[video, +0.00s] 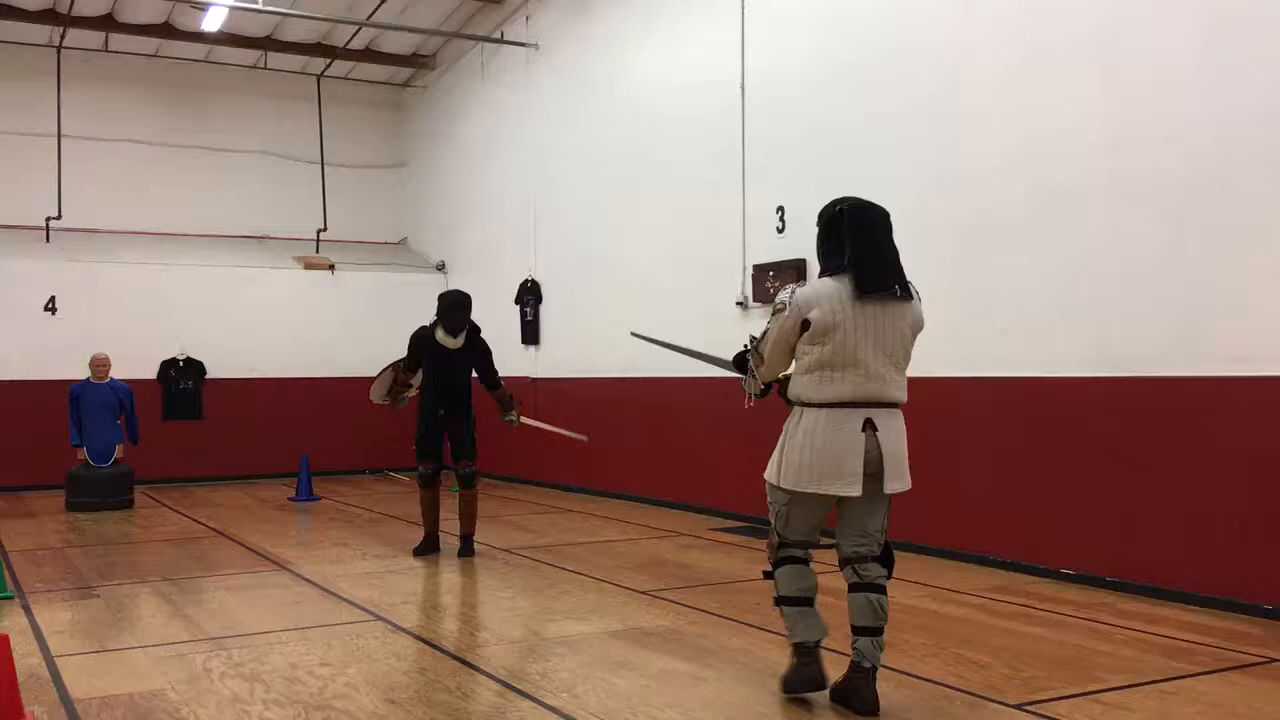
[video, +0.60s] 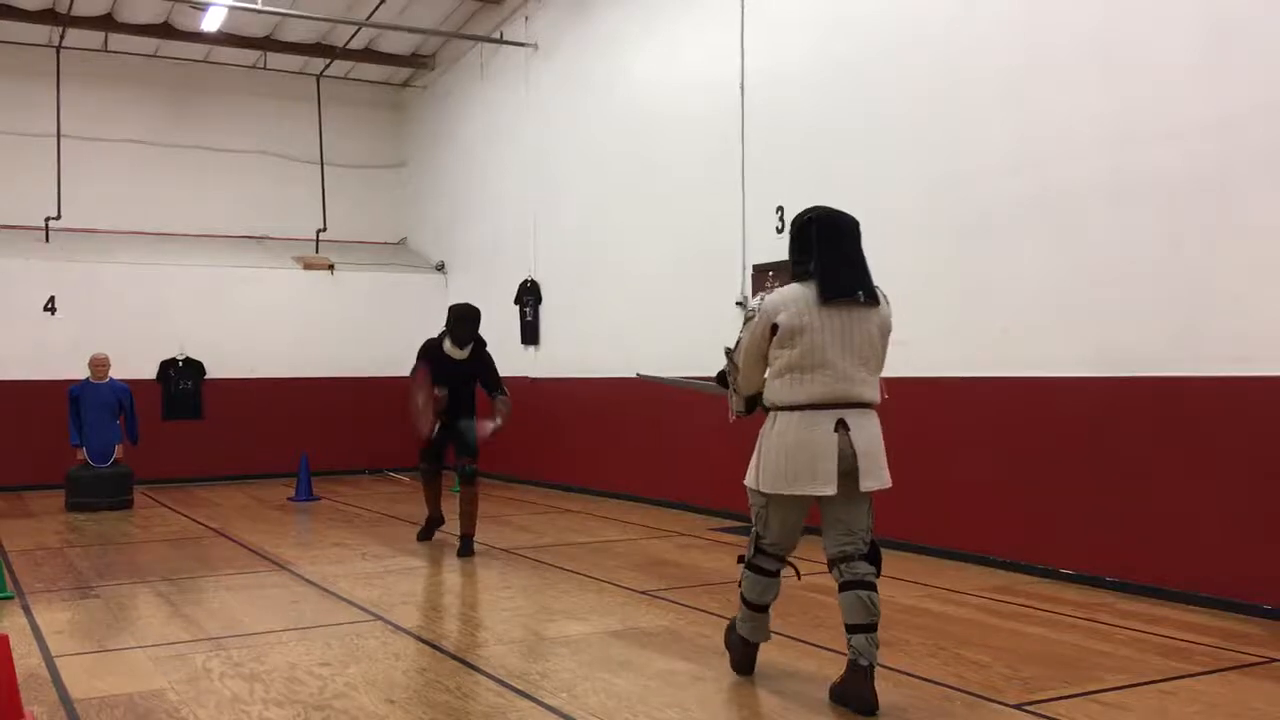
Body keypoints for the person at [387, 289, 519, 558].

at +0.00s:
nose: (457, 328)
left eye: (461, 323)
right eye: (452, 323)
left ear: (467, 319)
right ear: (441, 317)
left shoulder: (475, 344)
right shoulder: (423, 338)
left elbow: (491, 380)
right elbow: (408, 370)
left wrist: (509, 407)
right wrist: (395, 394)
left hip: (461, 414)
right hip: (429, 413)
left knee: (467, 474)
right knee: (427, 474)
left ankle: (467, 539)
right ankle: (430, 537)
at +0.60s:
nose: (464, 342)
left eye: (469, 337)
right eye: (460, 337)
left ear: (475, 332)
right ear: (450, 329)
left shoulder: (479, 355)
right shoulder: (431, 349)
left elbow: (499, 394)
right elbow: (419, 384)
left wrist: (496, 421)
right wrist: (423, 417)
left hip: (465, 418)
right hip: (435, 418)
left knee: (467, 473)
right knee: (428, 468)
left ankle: (467, 536)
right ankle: (434, 516)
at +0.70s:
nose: (458, 349)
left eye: (463, 345)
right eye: (454, 343)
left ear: (472, 337)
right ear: (447, 333)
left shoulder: (477, 357)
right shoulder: (434, 350)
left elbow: (495, 395)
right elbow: (420, 379)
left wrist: (490, 405)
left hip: (463, 419)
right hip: (435, 417)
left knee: (466, 472)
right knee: (429, 469)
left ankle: (467, 536)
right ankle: (436, 518)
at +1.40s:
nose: (461, 347)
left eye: (465, 342)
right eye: (456, 342)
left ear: (472, 338)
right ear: (446, 335)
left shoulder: (475, 364)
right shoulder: (426, 357)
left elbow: (489, 402)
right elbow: (410, 396)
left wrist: (492, 434)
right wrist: (426, 401)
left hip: (458, 424)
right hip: (427, 424)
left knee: (467, 476)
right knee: (428, 476)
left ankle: (467, 536)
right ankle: (436, 523)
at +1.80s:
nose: (458, 333)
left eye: (464, 328)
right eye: (455, 327)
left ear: (468, 327)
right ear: (444, 322)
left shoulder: (472, 356)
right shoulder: (421, 347)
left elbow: (488, 398)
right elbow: (403, 381)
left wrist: (493, 437)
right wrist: (414, 403)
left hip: (452, 419)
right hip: (421, 417)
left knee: (462, 473)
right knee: (394, 469)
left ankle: (466, 537)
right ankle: (407, 516)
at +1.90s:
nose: (451, 334)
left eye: (456, 329)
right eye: (447, 329)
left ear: (462, 326)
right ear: (436, 322)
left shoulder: (465, 353)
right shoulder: (414, 346)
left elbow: (482, 394)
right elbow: (402, 384)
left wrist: (489, 430)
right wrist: (417, 395)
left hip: (446, 419)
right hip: (414, 417)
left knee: (458, 473)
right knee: (387, 472)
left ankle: (466, 538)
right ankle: (381, 530)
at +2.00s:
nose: (426, 327)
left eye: (433, 322)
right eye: (425, 320)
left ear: (445, 323)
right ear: (421, 318)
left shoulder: (452, 351)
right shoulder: (409, 343)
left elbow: (471, 390)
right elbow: (397, 375)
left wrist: (480, 421)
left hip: (437, 419)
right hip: (405, 416)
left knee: (453, 476)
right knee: (378, 475)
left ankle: (465, 539)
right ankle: (354, 535)